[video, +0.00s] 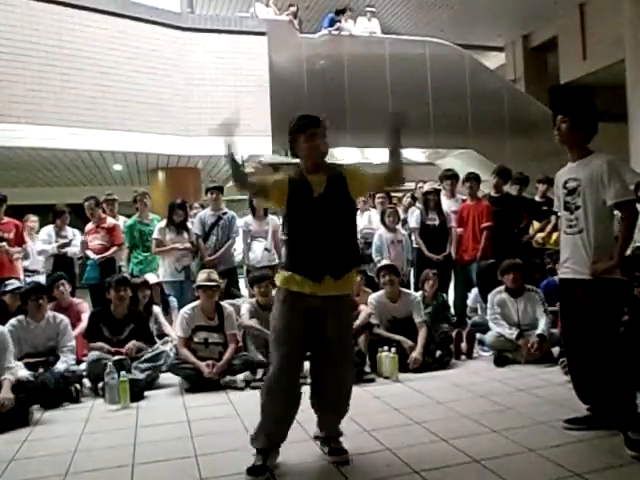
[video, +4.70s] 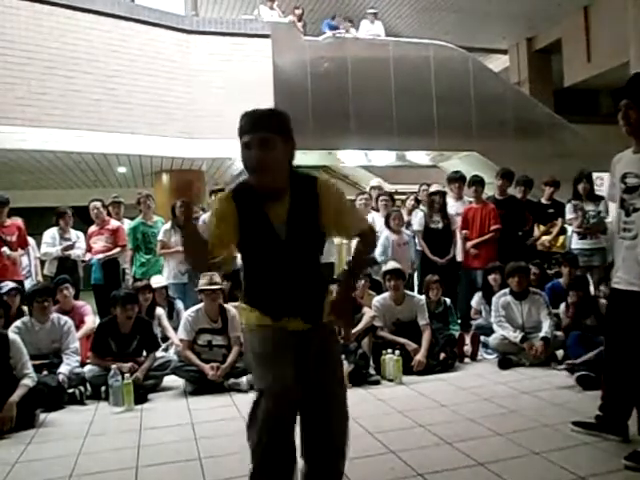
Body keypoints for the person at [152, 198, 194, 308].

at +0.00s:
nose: (178, 218)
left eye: (181, 215)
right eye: (176, 214)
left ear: (185, 215)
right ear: (171, 214)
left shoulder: (187, 228)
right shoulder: (161, 228)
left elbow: (195, 247)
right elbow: (155, 249)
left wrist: (189, 247)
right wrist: (174, 247)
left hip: (186, 269)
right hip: (169, 271)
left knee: (187, 304)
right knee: (174, 305)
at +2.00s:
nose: (178, 218)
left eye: (181, 215)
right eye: (176, 215)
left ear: (185, 215)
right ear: (171, 213)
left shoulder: (189, 228)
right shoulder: (162, 228)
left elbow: (196, 248)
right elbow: (155, 250)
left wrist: (189, 247)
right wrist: (174, 246)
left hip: (187, 268)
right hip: (170, 269)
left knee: (188, 302)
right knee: (174, 303)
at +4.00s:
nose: (182, 211)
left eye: (184, 208)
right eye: (179, 208)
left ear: (188, 211)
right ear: (174, 211)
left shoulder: (192, 230)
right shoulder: (166, 229)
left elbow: (200, 250)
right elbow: (159, 251)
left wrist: (192, 249)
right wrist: (179, 249)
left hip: (191, 274)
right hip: (173, 274)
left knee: (191, 309)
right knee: (178, 310)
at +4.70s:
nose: (183, 210)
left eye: (185, 207)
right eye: (180, 207)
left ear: (190, 210)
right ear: (175, 210)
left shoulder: (193, 227)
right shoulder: (168, 228)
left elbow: (200, 246)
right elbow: (159, 250)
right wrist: (177, 249)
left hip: (191, 272)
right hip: (174, 273)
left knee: (192, 308)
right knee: (178, 309)